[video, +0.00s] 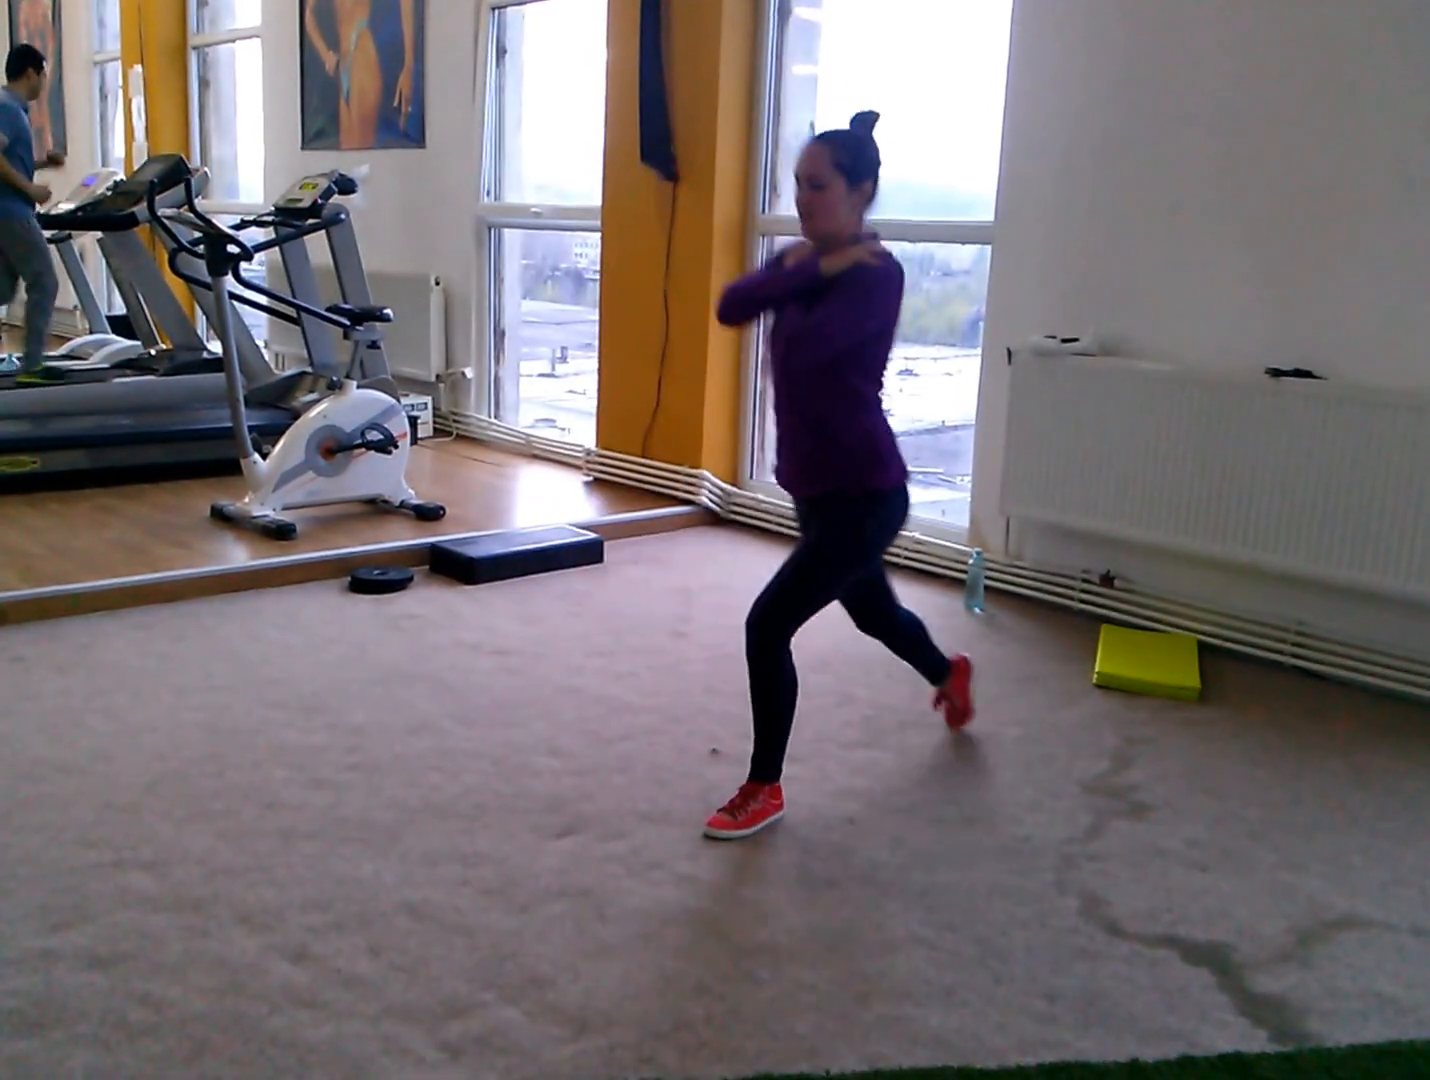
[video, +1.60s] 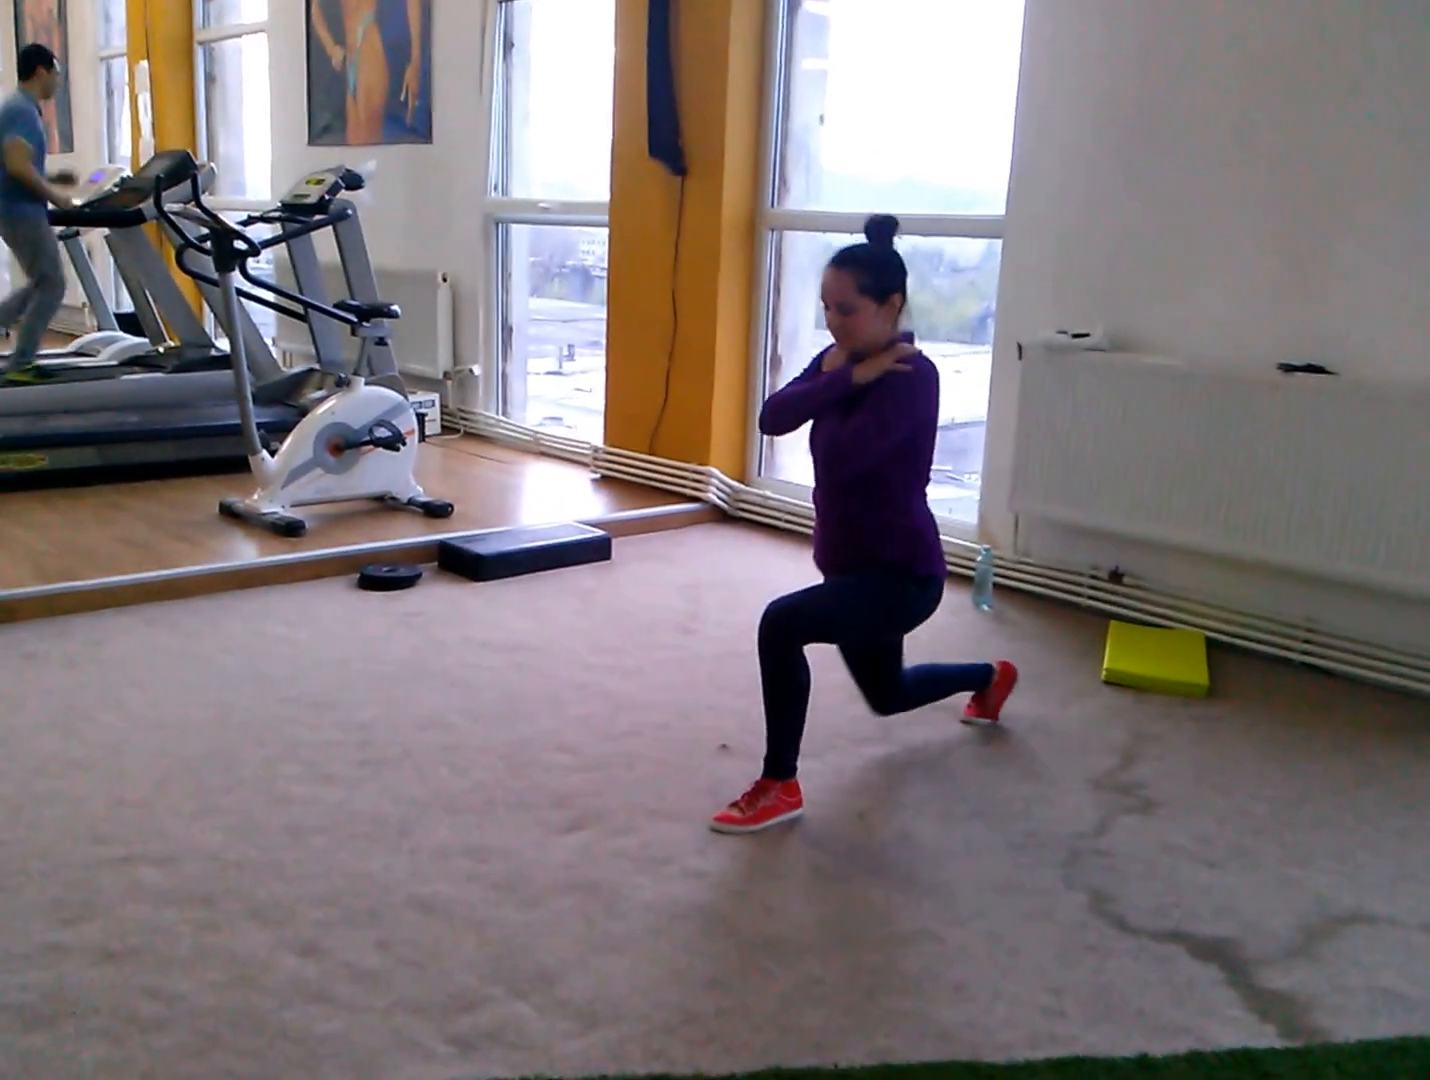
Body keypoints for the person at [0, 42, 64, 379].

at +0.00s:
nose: (44, 83)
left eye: (43, 76)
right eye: (42, 75)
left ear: (18, 73)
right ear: (31, 73)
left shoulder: (15, 110)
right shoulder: (10, 110)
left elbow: (12, 161)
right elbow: (3, 158)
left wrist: (43, 162)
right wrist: (28, 188)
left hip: (13, 209)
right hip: (12, 210)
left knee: (5, 287)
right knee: (44, 280)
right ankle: (32, 363)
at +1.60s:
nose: (57, 81)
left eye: (56, 74)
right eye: (54, 74)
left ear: (32, 73)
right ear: (39, 73)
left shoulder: (22, 109)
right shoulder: (21, 111)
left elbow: (18, 167)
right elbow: (17, 165)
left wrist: (51, 180)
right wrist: (57, 197)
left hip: (20, 210)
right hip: (19, 211)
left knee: (43, 280)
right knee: (51, 283)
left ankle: (3, 319)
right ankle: (22, 360)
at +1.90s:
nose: (59, 75)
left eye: (59, 68)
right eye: (57, 68)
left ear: (29, 69)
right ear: (45, 68)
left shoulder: (14, 99)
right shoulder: (38, 102)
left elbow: (25, 152)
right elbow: (38, 151)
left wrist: (59, 161)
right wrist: (67, 165)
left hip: (20, 205)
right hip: (29, 207)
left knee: (63, 278)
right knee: (46, 279)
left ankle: (57, 356)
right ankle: (2, 309)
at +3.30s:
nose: (99, 80)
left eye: (99, 73)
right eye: (98, 73)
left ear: (69, 71)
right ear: (85, 70)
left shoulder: (46, 104)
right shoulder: (77, 105)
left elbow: (21, 150)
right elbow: (85, 158)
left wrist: (57, 168)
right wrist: (109, 165)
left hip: (58, 215)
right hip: (68, 216)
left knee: (104, 280)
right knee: (49, 290)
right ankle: (6, 359)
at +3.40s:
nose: (100, 84)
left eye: (98, 76)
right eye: (97, 76)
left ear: (69, 78)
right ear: (86, 76)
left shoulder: (49, 112)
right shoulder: (79, 110)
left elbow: (28, 159)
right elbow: (84, 159)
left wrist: (61, 175)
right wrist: (106, 171)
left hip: (59, 217)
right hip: (74, 217)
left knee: (103, 288)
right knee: (78, 291)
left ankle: (106, 367)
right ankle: (9, 337)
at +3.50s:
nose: (101, 89)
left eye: (100, 83)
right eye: (99, 83)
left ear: (74, 85)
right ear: (87, 84)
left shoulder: (63, 119)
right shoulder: (75, 120)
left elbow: (72, 179)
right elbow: (76, 174)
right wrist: (114, 205)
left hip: (62, 224)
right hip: (73, 225)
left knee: (90, 297)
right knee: (109, 294)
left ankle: (73, 372)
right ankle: (43, 341)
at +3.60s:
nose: (105, 87)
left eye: (104, 80)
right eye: (102, 80)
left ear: (80, 80)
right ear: (89, 79)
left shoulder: (77, 115)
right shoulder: (71, 114)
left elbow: (81, 169)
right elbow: (62, 164)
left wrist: (115, 176)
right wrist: (103, 188)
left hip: (62, 221)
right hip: (72, 221)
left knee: (63, 298)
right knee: (124, 281)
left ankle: (34, 372)